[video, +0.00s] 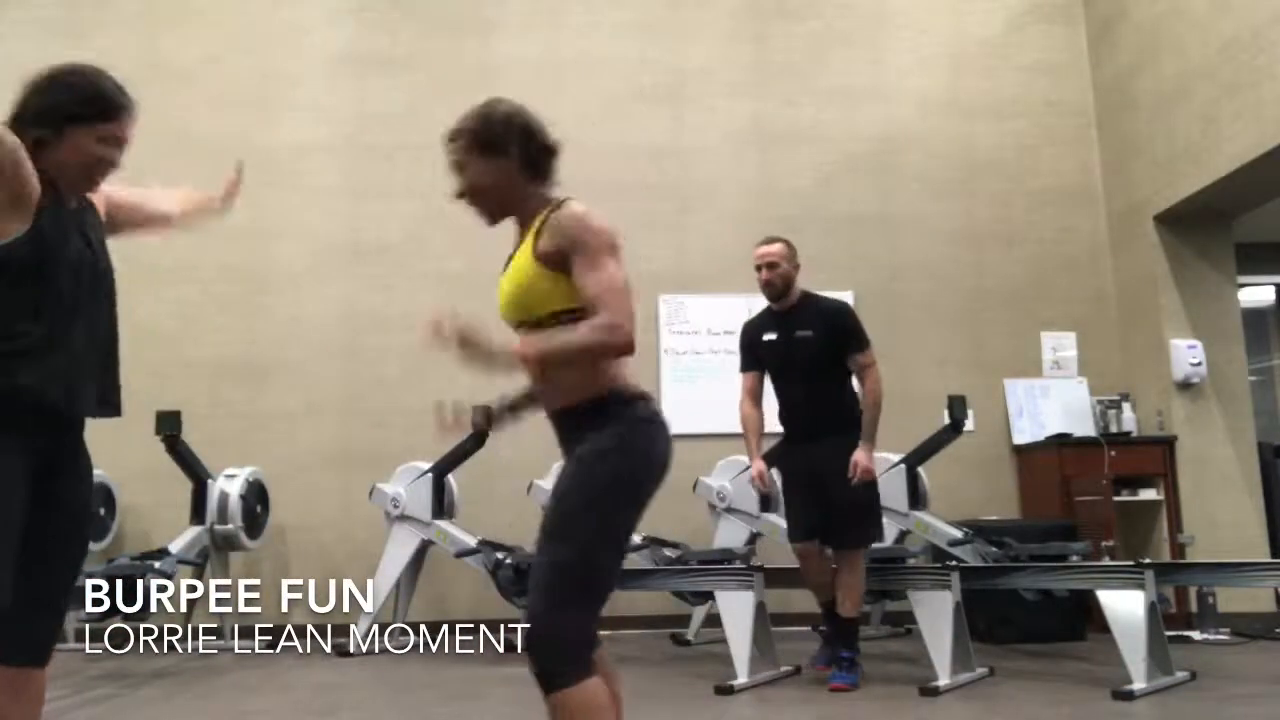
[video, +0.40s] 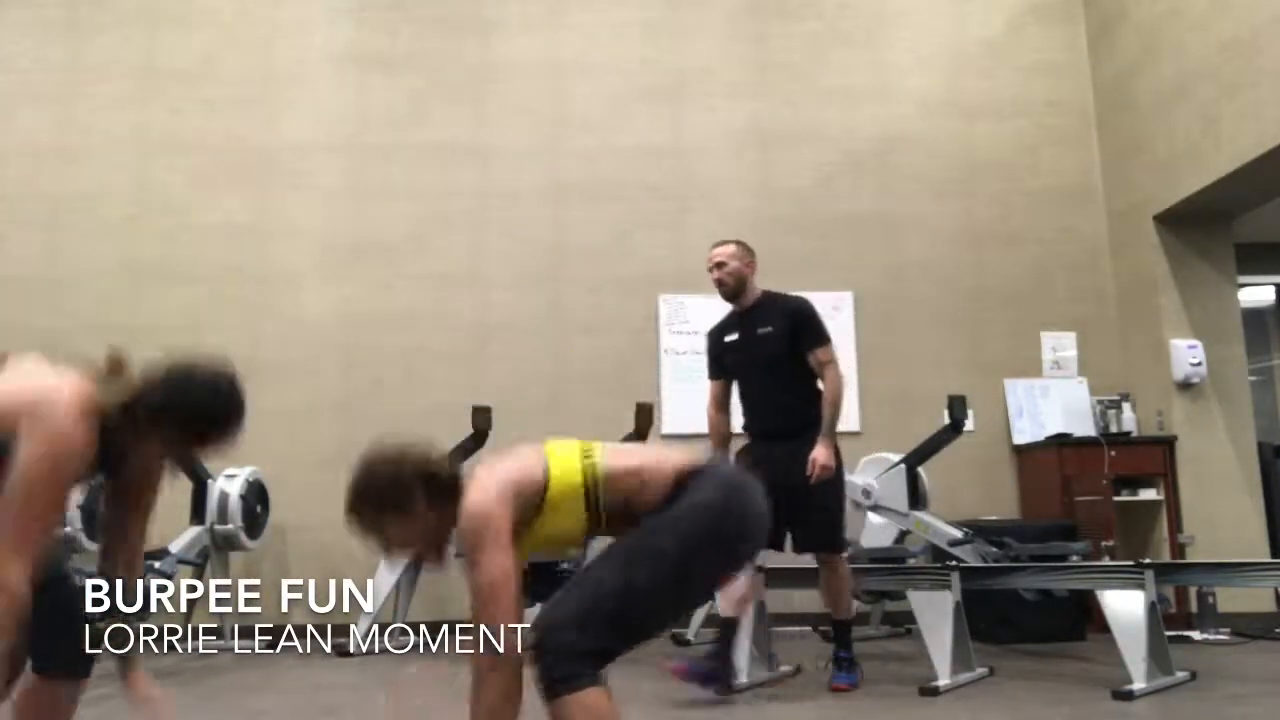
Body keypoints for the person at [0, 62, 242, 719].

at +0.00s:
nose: (116, 158)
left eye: (121, 145)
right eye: (107, 141)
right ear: (48, 136)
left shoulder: (88, 207)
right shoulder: (21, 198)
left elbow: (153, 208)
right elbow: (10, 148)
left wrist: (215, 200)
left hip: (61, 449)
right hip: (11, 447)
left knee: (33, 633)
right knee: (18, 633)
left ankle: (25, 709)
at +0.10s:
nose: (133, 186)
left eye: (142, 174)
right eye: (127, 170)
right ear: (81, 151)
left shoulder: (104, 227)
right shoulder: (19, 192)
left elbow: (140, 259)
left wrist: (183, 283)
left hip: (54, 455)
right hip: (5, 453)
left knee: (42, 623)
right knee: (15, 626)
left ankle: (27, 709)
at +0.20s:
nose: (166, 244)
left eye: (174, 234)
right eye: (164, 228)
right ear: (128, 208)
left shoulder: (127, 284)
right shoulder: (33, 242)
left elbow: (138, 365)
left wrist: (158, 419)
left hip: (24, 455)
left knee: (52, 613)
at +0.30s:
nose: (185, 342)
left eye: (195, 331)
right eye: (187, 325)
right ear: (160, 304)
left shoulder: (138, 361)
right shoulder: (53, 320)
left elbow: (126, 467)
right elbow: (8, 429)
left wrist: (131, 564)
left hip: (12, 473)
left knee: (52, 626)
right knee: (43, 624)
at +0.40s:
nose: (194, 460)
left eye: (203, 449)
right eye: (199, 444)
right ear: (181, 424)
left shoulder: (138, 445)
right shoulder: (64, 425)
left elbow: (123, 562)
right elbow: (14, 564)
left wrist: (132, 669)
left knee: (68, 632)